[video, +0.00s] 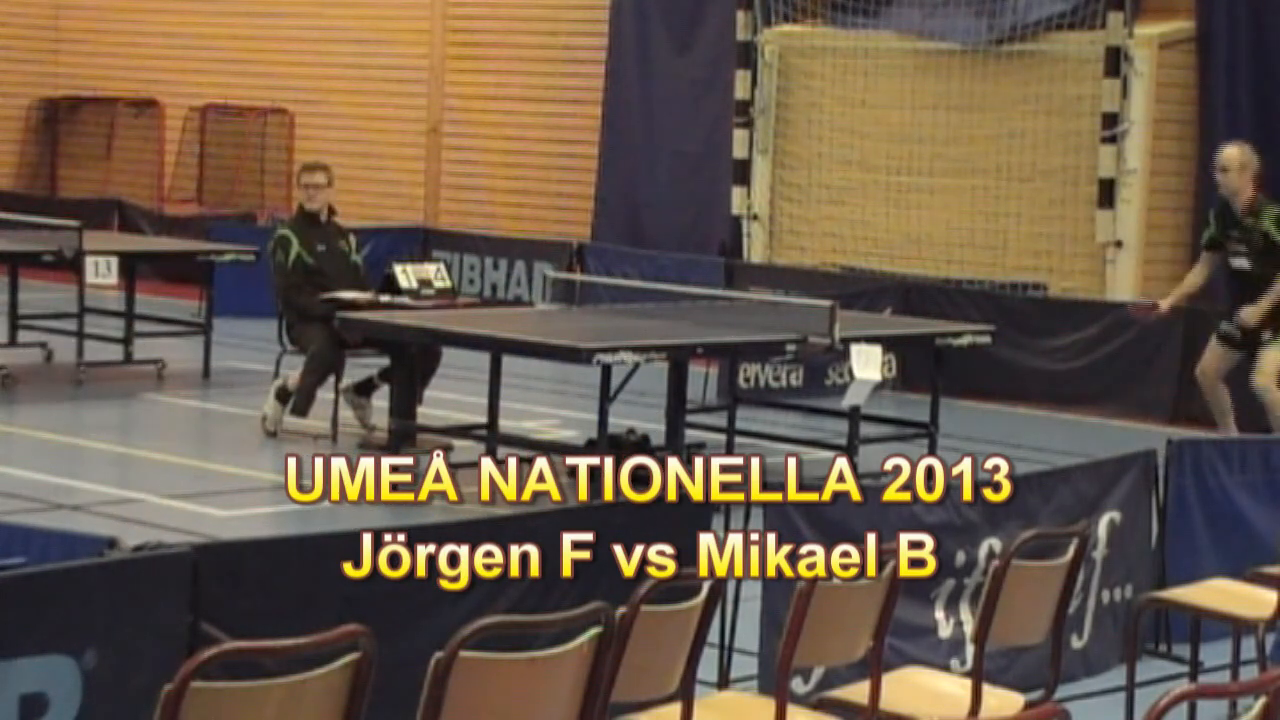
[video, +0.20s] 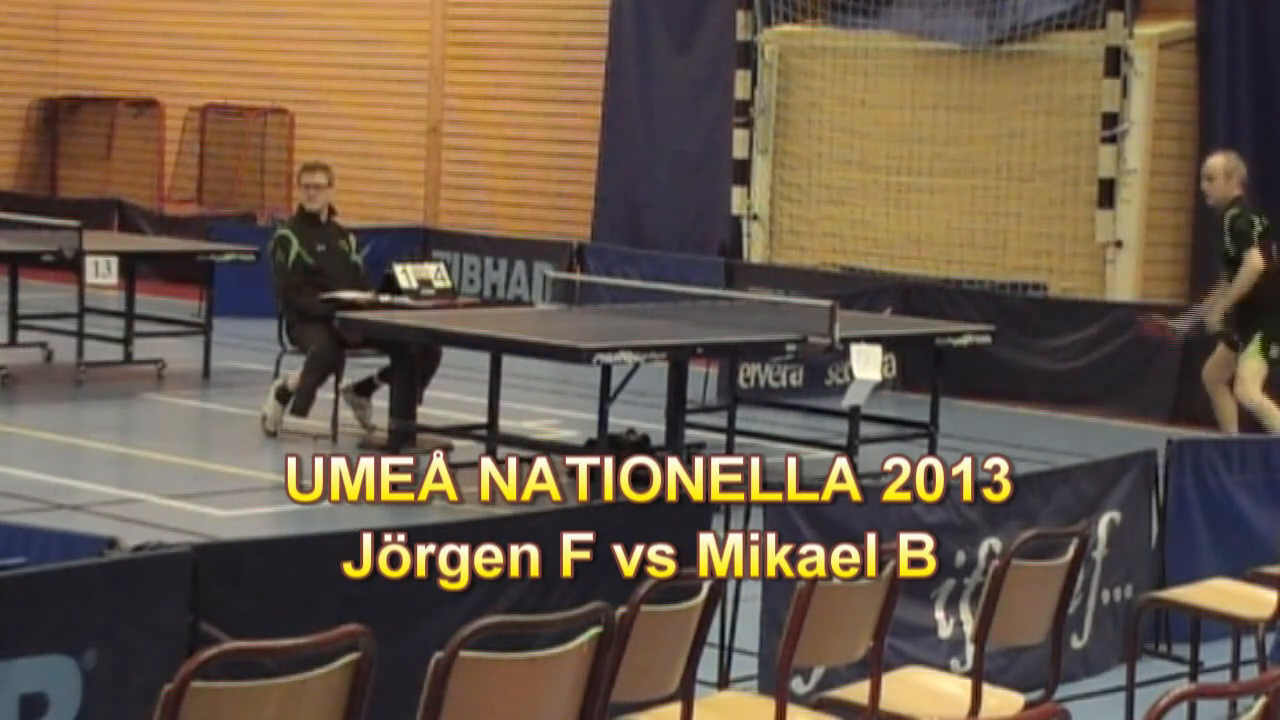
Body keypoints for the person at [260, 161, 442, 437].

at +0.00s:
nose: (311, 193)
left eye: (318, 187)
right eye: (306, 187)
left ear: (330, 191)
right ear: (298, 190)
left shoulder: (343, 235)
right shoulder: (287, 236)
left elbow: (359, 281)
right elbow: (291, 294)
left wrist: (367, 302)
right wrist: (336, 309)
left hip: (351, 318)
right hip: (309, 319)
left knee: (425, 351)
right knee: (328, 353)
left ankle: (362, 391)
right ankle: (285, 392)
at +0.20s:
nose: (312, 193)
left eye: (319, 187)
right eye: (306, 187)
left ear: (330, 191)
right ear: (298, 190)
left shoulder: (343, 235)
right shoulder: (287, 235)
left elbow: (358, 281)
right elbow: (291, 294)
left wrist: (367, 302)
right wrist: (336, 309)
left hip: (351, 318)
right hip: (309, 319)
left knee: (425, 351)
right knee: (328, 353)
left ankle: (362, 391)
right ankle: (285, 392)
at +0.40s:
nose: (319, 195)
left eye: (326, 190)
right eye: (314, 189)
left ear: (335, 193)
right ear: (303, 189)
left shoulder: (343, 235)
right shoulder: (288, 235)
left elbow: (358, 281)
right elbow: (289, 294)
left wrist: (367, 301)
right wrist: (328, 303)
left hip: (351, 319)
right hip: (309, 320)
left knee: (425, 351)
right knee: (327, 354)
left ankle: (362, 391)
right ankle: (284, 392)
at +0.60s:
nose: (339, 203)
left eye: (343, 197)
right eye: (333, 195)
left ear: (346, 198)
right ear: (314, 192)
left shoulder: (346, 236)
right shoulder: (290, 235)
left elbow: (360, 282)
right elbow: (287, 290)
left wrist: (366, 295)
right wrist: (331, 287)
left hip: (351, 318)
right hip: (310, 317)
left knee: (425, 351)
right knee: (328, 354)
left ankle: (362, 391)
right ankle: (283, 393)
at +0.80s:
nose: (348, 206)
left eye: (352, 200)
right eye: (344, 197)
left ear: (353, 201)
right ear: (325, 192)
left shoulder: (348, 237)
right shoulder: (297, 233)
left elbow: (361, 280)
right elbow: (307, 283)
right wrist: (354, 277)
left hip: (350, 313)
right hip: (309, 313)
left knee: (425, 351)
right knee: (327, 355)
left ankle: (361, 391)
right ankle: (283, 392)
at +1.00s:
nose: (356, 208)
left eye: (360, 203)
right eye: (351, 199)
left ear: (363, 204)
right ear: (332, 193)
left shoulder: (351, 237)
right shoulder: (305, 229)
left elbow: (360, 281)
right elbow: (324, 278)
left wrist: (391, 281)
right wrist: (369, 281)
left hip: (351, 314)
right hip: (310, 313)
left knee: (426, 351)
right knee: (328, 355)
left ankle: (361, 391)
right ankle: (283, 393)